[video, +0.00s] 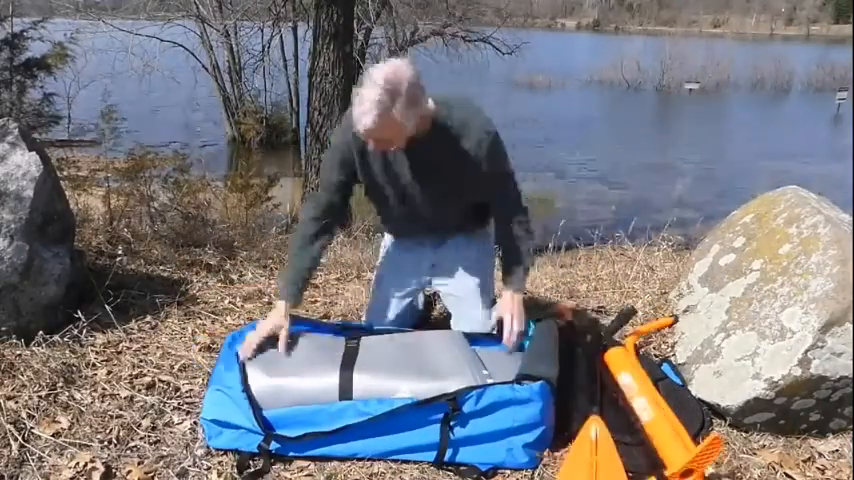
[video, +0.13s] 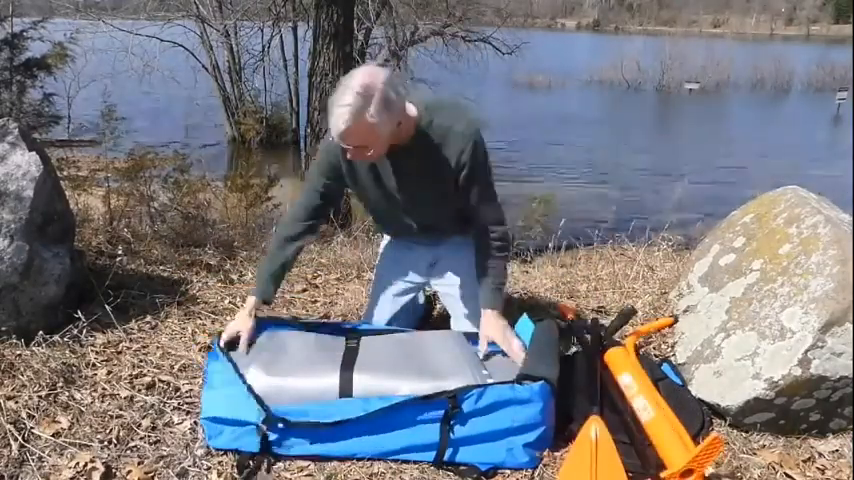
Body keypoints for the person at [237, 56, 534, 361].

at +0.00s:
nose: (378, 148)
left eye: (386, 140)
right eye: (370, 139)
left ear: (419, 118)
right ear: (362, 117)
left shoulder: (473, 134)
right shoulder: (353, 136)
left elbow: (511, 214)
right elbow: (318, 217)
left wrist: (514, 290)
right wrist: (283, 305)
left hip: (467, 243)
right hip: (401, 245)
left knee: (475, 350)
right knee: (380, 346)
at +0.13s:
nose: (352, 156)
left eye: (363, 147)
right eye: (346, 146)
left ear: (400, 122)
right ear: (340, 127)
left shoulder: (457, 135)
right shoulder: (340, 148)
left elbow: (493, 227)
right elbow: (299, 223)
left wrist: (491, 310)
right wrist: (251, 307)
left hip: (463, 243)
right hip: (400, 245)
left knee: (479, 349)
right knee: (377, 344)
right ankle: (425, 306)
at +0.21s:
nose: (362, 145)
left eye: (374, 137)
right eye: (357, 133)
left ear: (411, 120)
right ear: (353, 118)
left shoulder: (468, 139)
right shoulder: (347, 144)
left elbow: (502, 231)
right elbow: (305, 214)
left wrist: (503, 321)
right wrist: (255, 283)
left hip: (467, 243)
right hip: (401, 246)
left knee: (484, 351)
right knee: (374, 342)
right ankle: (426, 310)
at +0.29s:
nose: (340, 127)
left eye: (351, 118)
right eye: (336, 116)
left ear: (386, 104)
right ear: (332, 106)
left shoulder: (448, 130)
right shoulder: (337, 141)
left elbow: (455, 234)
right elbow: (305, 195)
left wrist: (379, 273)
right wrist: (266, 248)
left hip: (457, 238)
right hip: (397, 242)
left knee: (474, 337)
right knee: (373, 330)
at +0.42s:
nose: (286, 126)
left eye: (292, 114)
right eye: (282, 116)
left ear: (324, 97)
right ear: (320, 99)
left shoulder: (391, 126)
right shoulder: (314, 140)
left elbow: (349, 220)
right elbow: (306, 202)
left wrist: (266, 278)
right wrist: (261, 262)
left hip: (449, 234)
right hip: (393, 241)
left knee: (466, 344)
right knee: (376, 341)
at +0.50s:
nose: (269, 145)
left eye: (270, 133)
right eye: (263, 139)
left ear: (296, 109)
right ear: (296, 111)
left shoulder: (366, 128)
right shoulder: (306, 146)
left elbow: (341, 229)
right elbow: (287, 219)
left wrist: (270, 297)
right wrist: (250, 276)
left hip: (445, 228)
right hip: (391, 239)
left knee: (470, 343)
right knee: (374, 341)